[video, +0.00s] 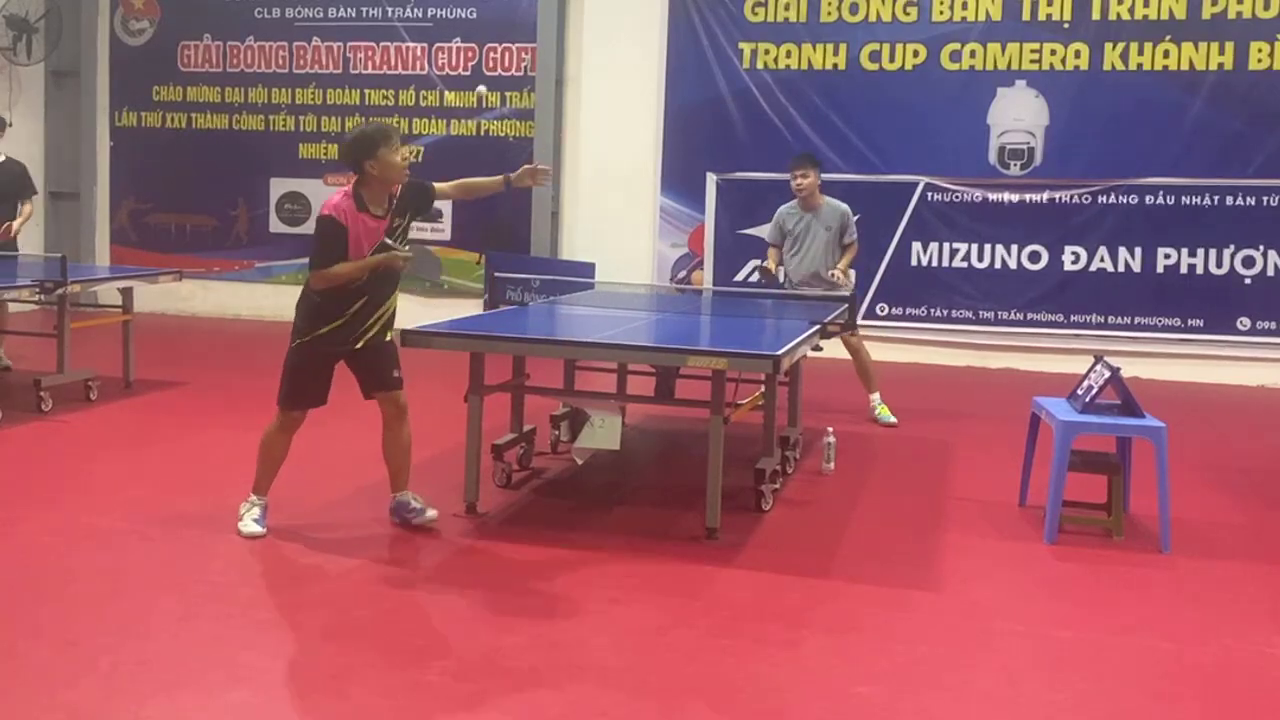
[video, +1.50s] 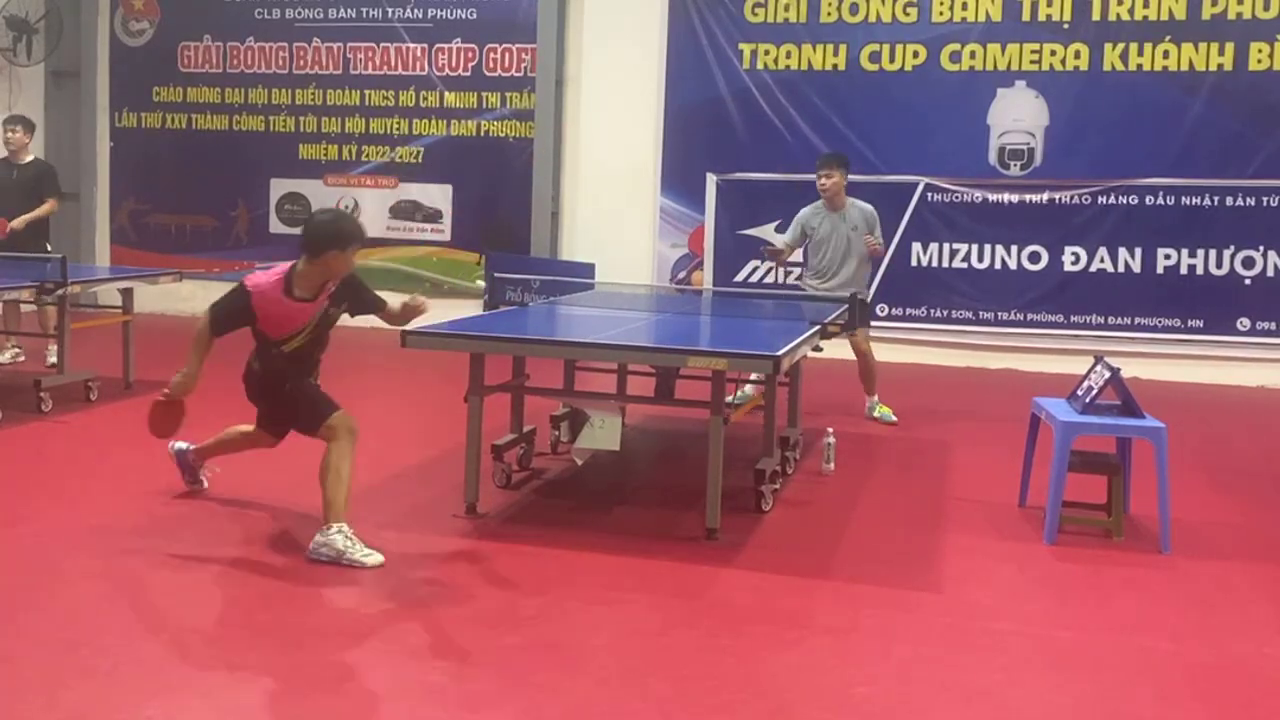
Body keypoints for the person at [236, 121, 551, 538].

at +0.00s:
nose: (405, 158)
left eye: (401, 150)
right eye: (395, 152)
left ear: (383, 165)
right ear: (370, 167)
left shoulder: (405, 195)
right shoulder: (337, 214)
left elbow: (455, 189)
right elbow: (318, 278)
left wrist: (510, 180)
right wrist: (376, 261)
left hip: (372, 327)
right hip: (319, 329)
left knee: (396, 405)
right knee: (289, 417)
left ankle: (401, 499)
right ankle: (256, 501)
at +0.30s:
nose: (426, 230)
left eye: (430, 222)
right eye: (420, 222)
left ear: (428, 216)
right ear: (396, 215)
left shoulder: (412, 243)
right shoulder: (367, 227)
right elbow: (332, 240)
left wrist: (406, 291)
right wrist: (390, 268)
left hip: (380, 344)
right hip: (334, 350)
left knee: (429, 417)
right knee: (315, 443)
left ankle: (387, 498)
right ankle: (260, 503)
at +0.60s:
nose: (477, 193)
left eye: (478, 185)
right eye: (476, 185)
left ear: (441, 179)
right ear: (460, 185)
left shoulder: (407, 201)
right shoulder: (433, 223)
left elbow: (356, 235)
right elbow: (455, 263)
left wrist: (326, 268)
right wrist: (474, 254)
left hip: (369, 324)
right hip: (354, 330)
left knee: (410, 409)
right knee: (393, 419)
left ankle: (383, 498)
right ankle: (333, 517)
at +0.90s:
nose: (470, 191)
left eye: (470, 183)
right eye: (469, 183)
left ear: (425, 179)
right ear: (457, 183)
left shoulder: (380, 213)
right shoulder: (442, 238)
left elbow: (325, 257)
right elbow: (447, 311)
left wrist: (338, 291)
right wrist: (458, 313)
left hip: (337, 342)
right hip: (381, 354)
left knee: (366, 412)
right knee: (423, 449)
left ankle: (352, 495)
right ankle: (399, 560)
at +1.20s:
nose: (445, 203)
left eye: (446, 194)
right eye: (443, 194)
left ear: (406, 192)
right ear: (429, 197)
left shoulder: (376, 219)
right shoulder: (388, 248)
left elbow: (367, 272)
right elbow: (357, 322)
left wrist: (417, 281)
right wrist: (406, 361)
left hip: (299, 333)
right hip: (330, 344)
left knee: (315, 406)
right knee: (386, 434)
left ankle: (243, 479)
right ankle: (380, 541)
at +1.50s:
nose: (354, 261)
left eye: (354, 254)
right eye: (350, 253)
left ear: (329, 256)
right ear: (327, 255)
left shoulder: (343, 284)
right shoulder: (260, 290)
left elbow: (388, 312)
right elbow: (209, 322)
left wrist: (406, 311)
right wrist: (190, 374)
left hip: (301, 378)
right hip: (272, 380)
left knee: (265, 436)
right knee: (342, 428)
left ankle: (191, 455)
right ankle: (334, 532)